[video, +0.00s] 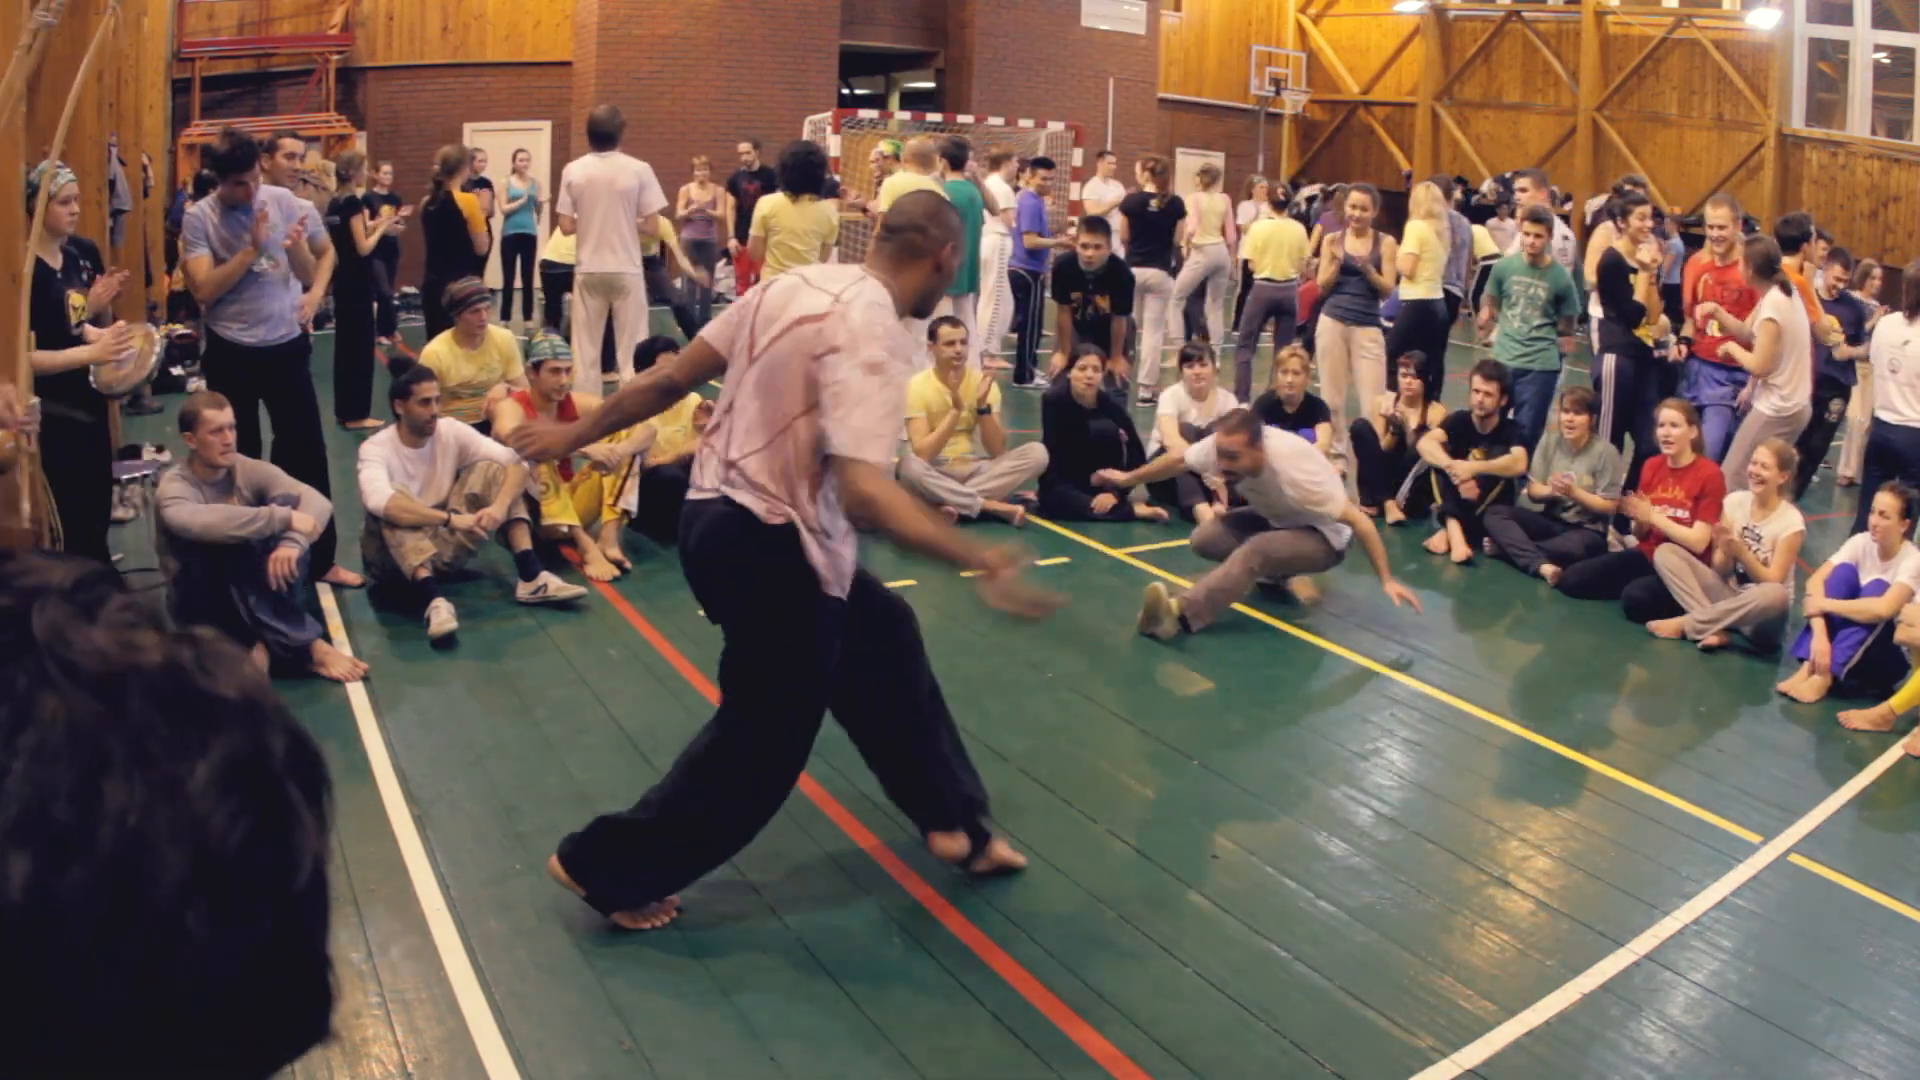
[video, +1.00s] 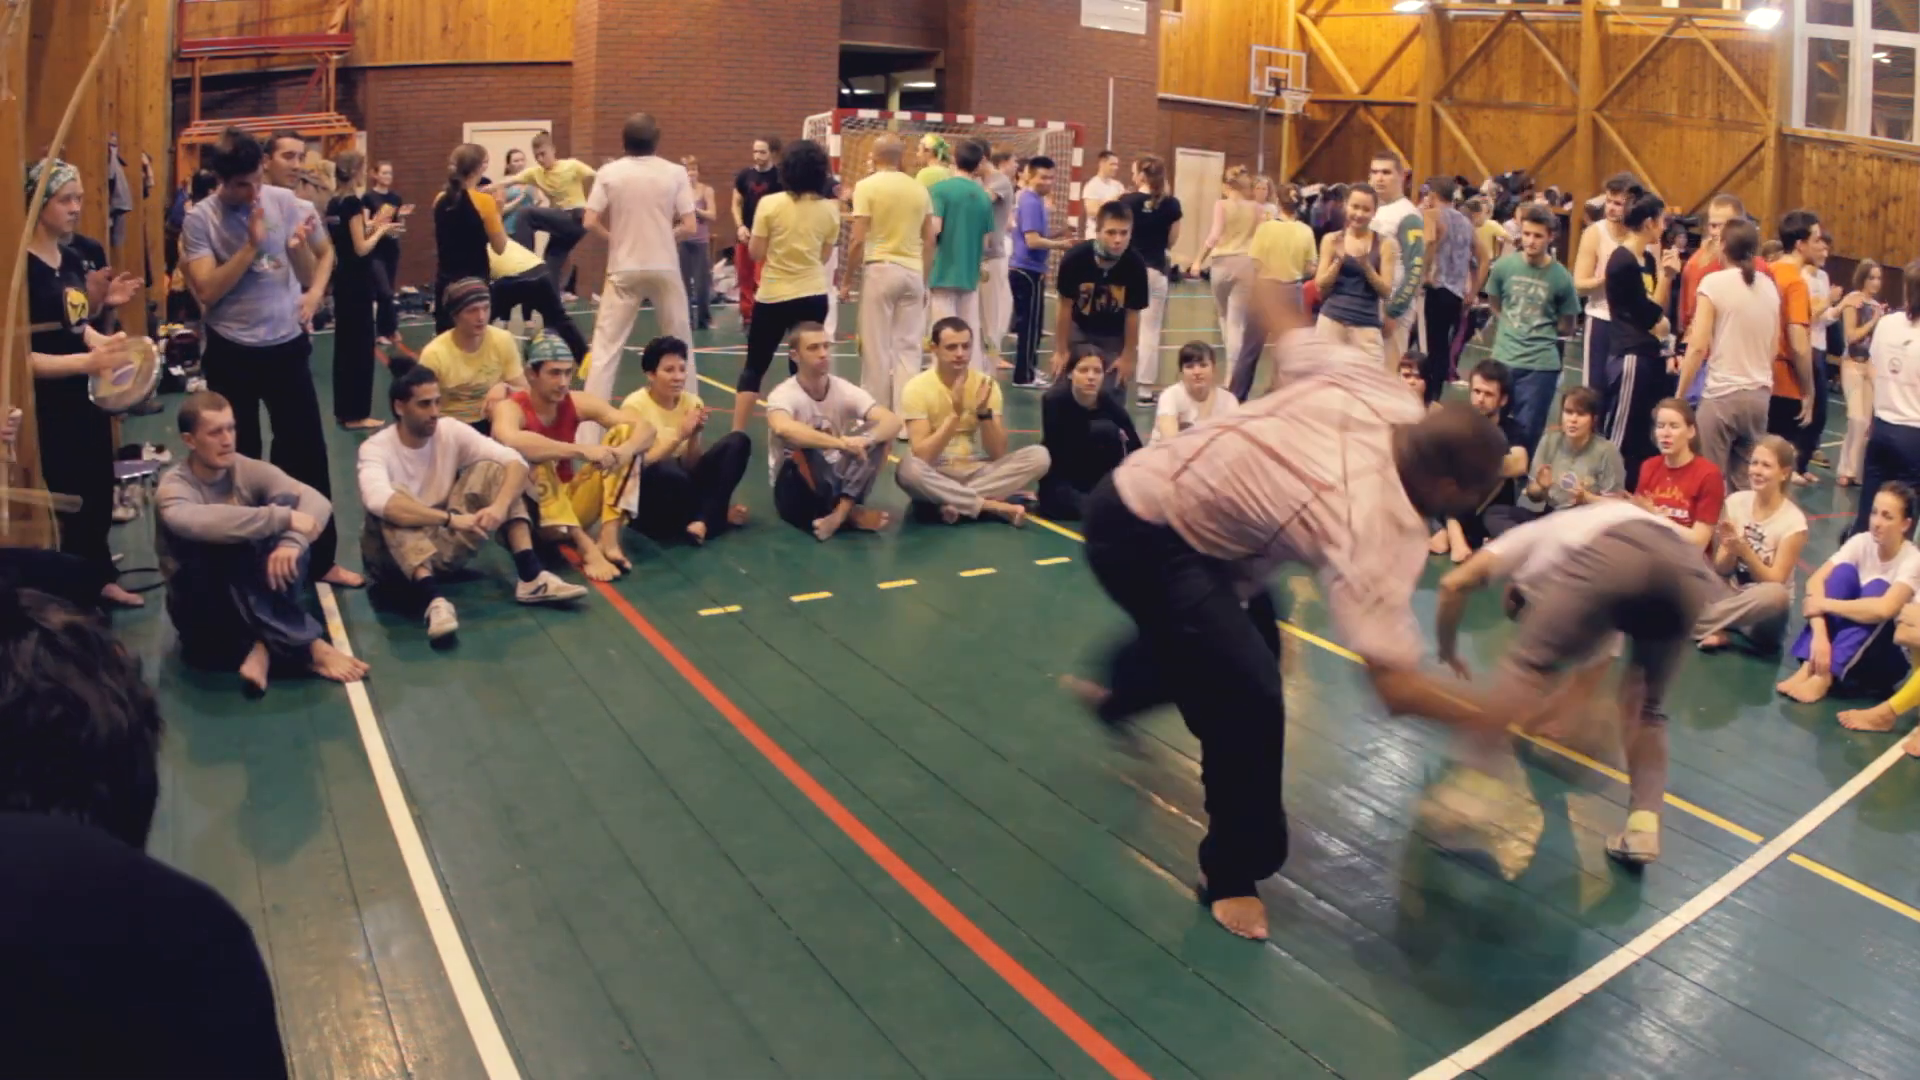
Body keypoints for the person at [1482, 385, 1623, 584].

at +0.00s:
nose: (1569, 419)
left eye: (1577, 414)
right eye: (1565, 412)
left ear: (1591, 419)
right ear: (1558, 414)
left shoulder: (1606, 452)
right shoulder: (1549, 441)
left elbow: (1611, 506)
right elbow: (1533, 490)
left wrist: (1574, 492)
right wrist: (1551, 489)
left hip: (1584, 529)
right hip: (1547, 519)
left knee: (1574, 548)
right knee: (1494, 514)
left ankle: (1510, 550)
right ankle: (1539, 566)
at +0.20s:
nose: (1569, 419)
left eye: (1577, 413)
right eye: (1565, 411)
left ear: (1591, 419)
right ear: (1559, 414)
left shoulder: (1606, 453)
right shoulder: (1549, 441)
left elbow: (1614, 506)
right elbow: (1529, 491)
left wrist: (1582, 497)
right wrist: (1541, 488)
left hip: (1584, 530)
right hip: (1547, 520)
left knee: (1574, 549)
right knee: (1494, 514)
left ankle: (1509, 550)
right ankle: (1539, 566)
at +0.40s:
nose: (1569, 419)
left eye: (1578, 413)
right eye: (1565, 411)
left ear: (1591, 419)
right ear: (1559, 414)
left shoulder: (1606, 452)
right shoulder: (1549, 441)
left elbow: (1611, 506)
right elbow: (1533, 490)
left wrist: (1574, 494)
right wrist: (1554, 491)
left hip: (1585, 525)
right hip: (1545, 517)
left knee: (1570, 549)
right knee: (1499, 522)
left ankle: (1507, 549)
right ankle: (1539, 565)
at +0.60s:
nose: (1569, 419)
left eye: (1577, 414)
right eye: (1565, 412)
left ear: (1591, 420)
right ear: (1559, 414)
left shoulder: (1607, 452)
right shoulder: (1549, 441)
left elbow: (1618, 505)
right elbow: (1531, 495)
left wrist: (1591, 500)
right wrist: (1534, 486)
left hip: (1585, 529)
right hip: (1549, 518)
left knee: (1574, 548)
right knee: (1495, 512)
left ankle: (1513, 550)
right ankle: (1539, 566)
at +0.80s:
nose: (1572, 419)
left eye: (1580, 414)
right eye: (1567, 412)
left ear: (1593, 419)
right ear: (1560, 415)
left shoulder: (1607, 452)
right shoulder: (1549, 441)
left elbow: (1609, 505)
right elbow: (1534, 489)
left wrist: (1574, 490)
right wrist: (1553, 491)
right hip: (1551, 516)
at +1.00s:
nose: (1572, 420)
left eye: (1580, 414)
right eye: (1568, 412)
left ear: (1594, 420)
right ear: (1561, 414)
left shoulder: (1607, 452)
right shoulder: (1550, 440)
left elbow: (1615, 504)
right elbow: (1532, 494)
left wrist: (1586, 497)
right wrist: (1541, 487)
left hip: (1583, 522)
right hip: (1546, 514)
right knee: (1494, 513)